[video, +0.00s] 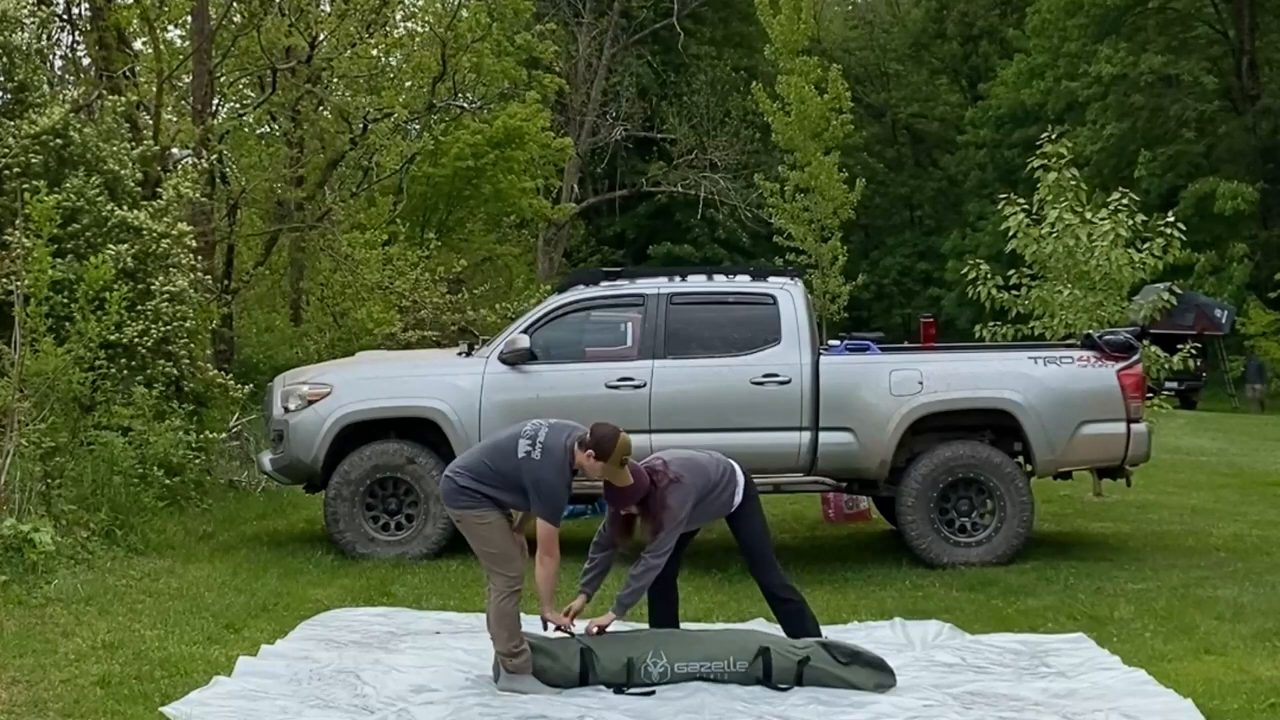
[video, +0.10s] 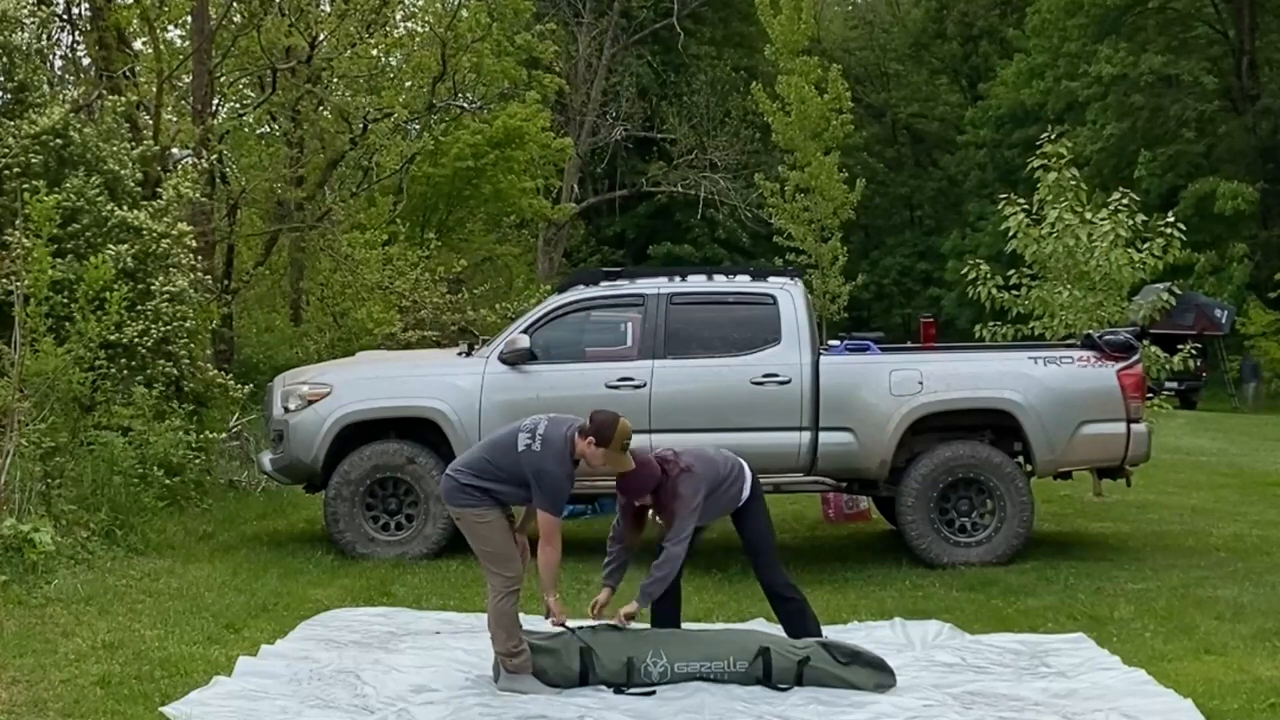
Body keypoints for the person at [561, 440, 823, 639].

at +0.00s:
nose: (625, 514)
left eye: (629, 508)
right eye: (620, 509)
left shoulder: (673, 490)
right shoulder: (620, 486)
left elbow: (655, 557)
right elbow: (606, 541)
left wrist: (615, 613)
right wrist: (583, 595)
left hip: (734, 488)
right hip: (687, 501)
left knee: (768, 577)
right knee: (662, 575)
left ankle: (815, 649)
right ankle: (666, 652)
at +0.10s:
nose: (639, 503)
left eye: (642, 497)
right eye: (634, 499)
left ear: (654, 484)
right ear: (627, 488)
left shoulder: (686, 479)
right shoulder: (632, 481)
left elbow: (674, 548)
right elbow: (622, 534)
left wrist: (639, 602)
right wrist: (607, 587)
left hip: (739, 487)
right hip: (693, 497)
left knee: (771, 577)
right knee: (667, 571)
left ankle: (814, 649)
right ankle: (666, 648)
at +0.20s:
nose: (681, 491)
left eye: (685, 485)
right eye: (674, 487)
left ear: (694, 473)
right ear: (658, 475)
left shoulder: (716, 474)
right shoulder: (653, 476)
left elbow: (713, 545)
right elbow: (649, 529)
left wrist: (681, 599)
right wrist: (646, 581)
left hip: (749, 489)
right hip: (697, 499)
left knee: (777, 576)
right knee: (672, 572)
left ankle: (816, 649)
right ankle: (667, 645)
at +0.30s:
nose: (735, 484)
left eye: (740, 479)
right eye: (728, 480)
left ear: (749, 466)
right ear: (711, 470)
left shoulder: (764, 474)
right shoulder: (690, 472)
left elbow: (774, 538)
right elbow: (679, 531)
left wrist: (773, 602)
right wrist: (693, 582)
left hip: (762, 500)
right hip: (713, 505)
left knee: (791, 574)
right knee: (682, 573)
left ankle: (821, 650)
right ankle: (668, 643)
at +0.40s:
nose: (795, 492)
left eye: (800, 487)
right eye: (790, 487)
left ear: (808, 475)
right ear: (774, 478)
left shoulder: (813, 485)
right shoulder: (741, 481)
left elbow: (837, 538)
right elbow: (742, 543)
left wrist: (858, 599)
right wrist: (771, 596)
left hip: (792, 509)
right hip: (740, 508)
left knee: (820, 572)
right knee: (704, 566)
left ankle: (833, 645)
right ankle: (673, 638)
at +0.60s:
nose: (870, 525)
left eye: (877, 520)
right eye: (867, 517)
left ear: (886, 515)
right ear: (856, 505)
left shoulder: (878, 515)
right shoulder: (817, 502)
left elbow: (884, 573)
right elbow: (807, 567)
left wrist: (896, 638)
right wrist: (840, 615)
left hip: (824, 511)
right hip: (770, 496)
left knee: (847, 574)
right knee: (729, 571)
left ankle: (846, 644)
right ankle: (685, 640)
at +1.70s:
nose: (894, 532)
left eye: (902, 528)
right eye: (892, 524)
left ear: (908, 524)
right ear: (880, 510)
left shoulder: (880, 514)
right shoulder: (842, 503)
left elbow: (872, 574)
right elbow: (834, 572)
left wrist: (875, 621)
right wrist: (867, 620)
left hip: (820, 510)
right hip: (770, 494)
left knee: (852, 576)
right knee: (726, 576)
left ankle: (841, 662)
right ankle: (686, 638)